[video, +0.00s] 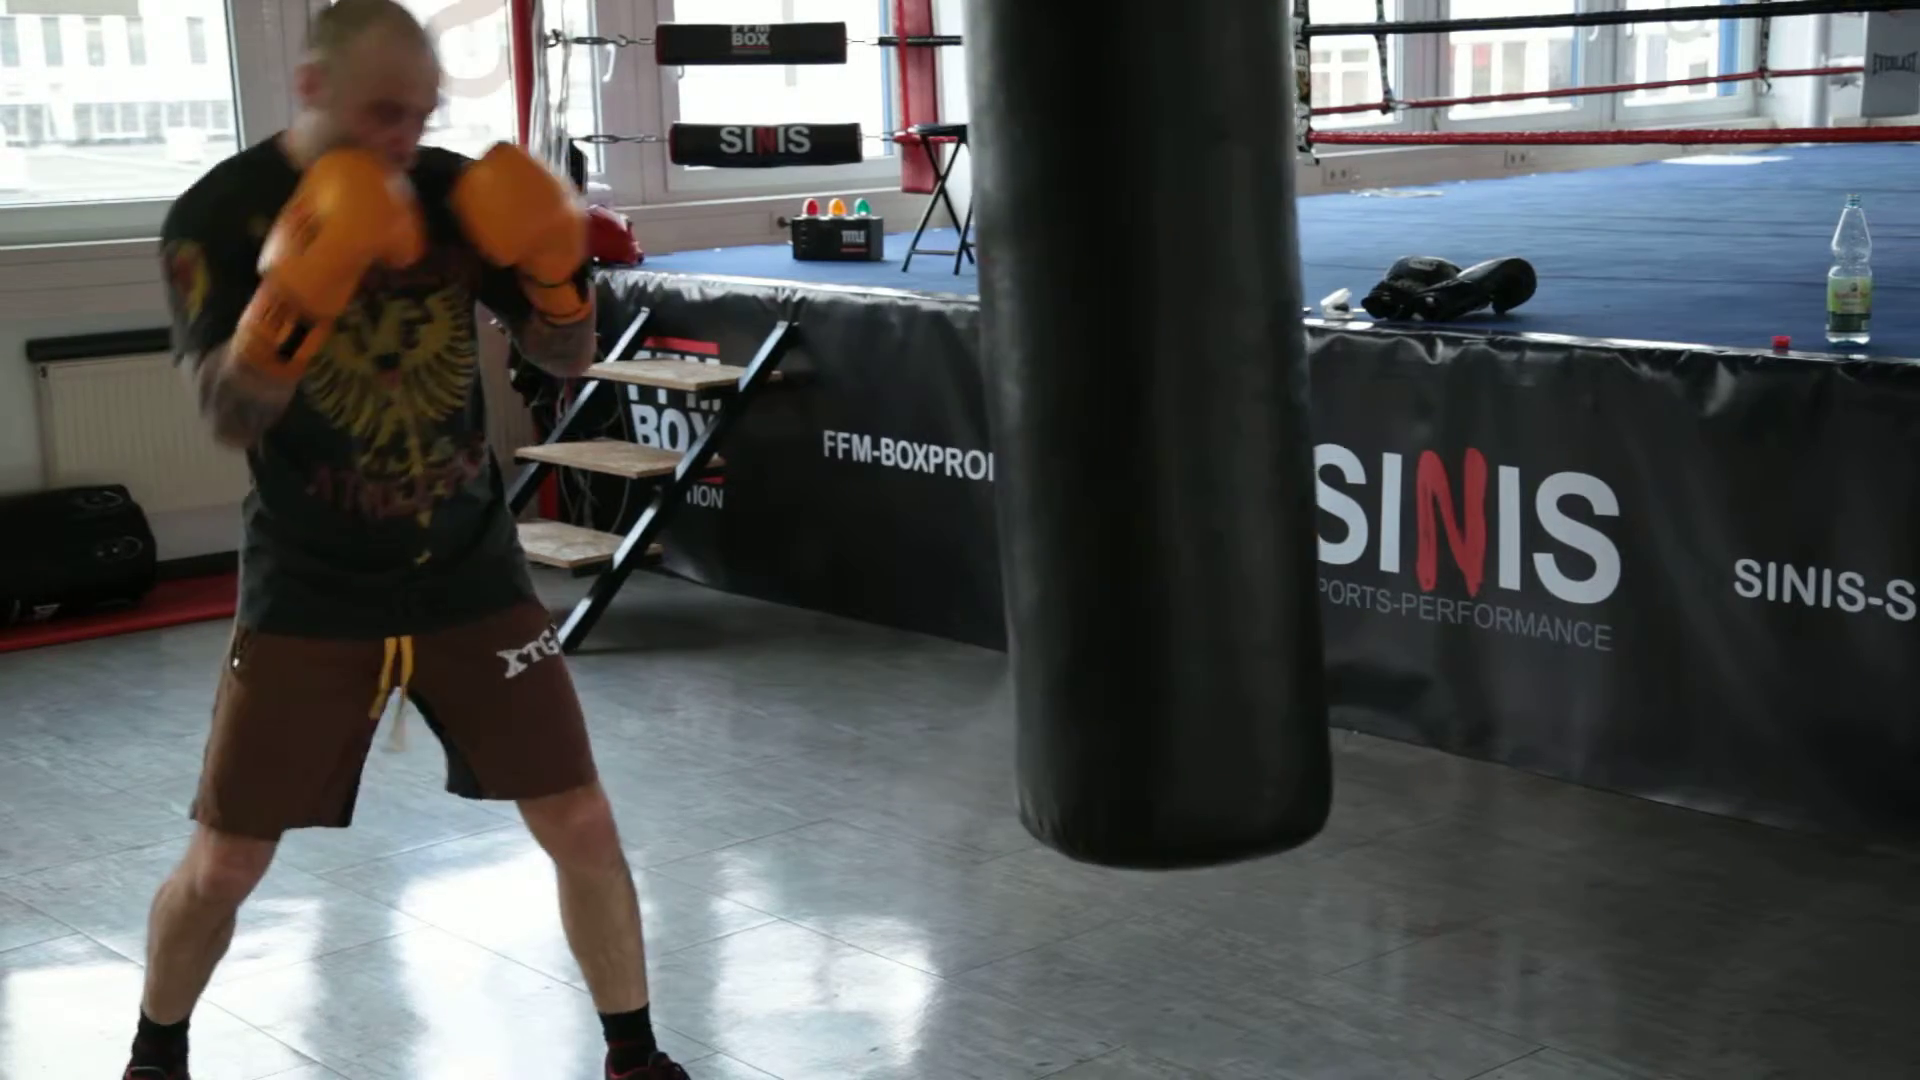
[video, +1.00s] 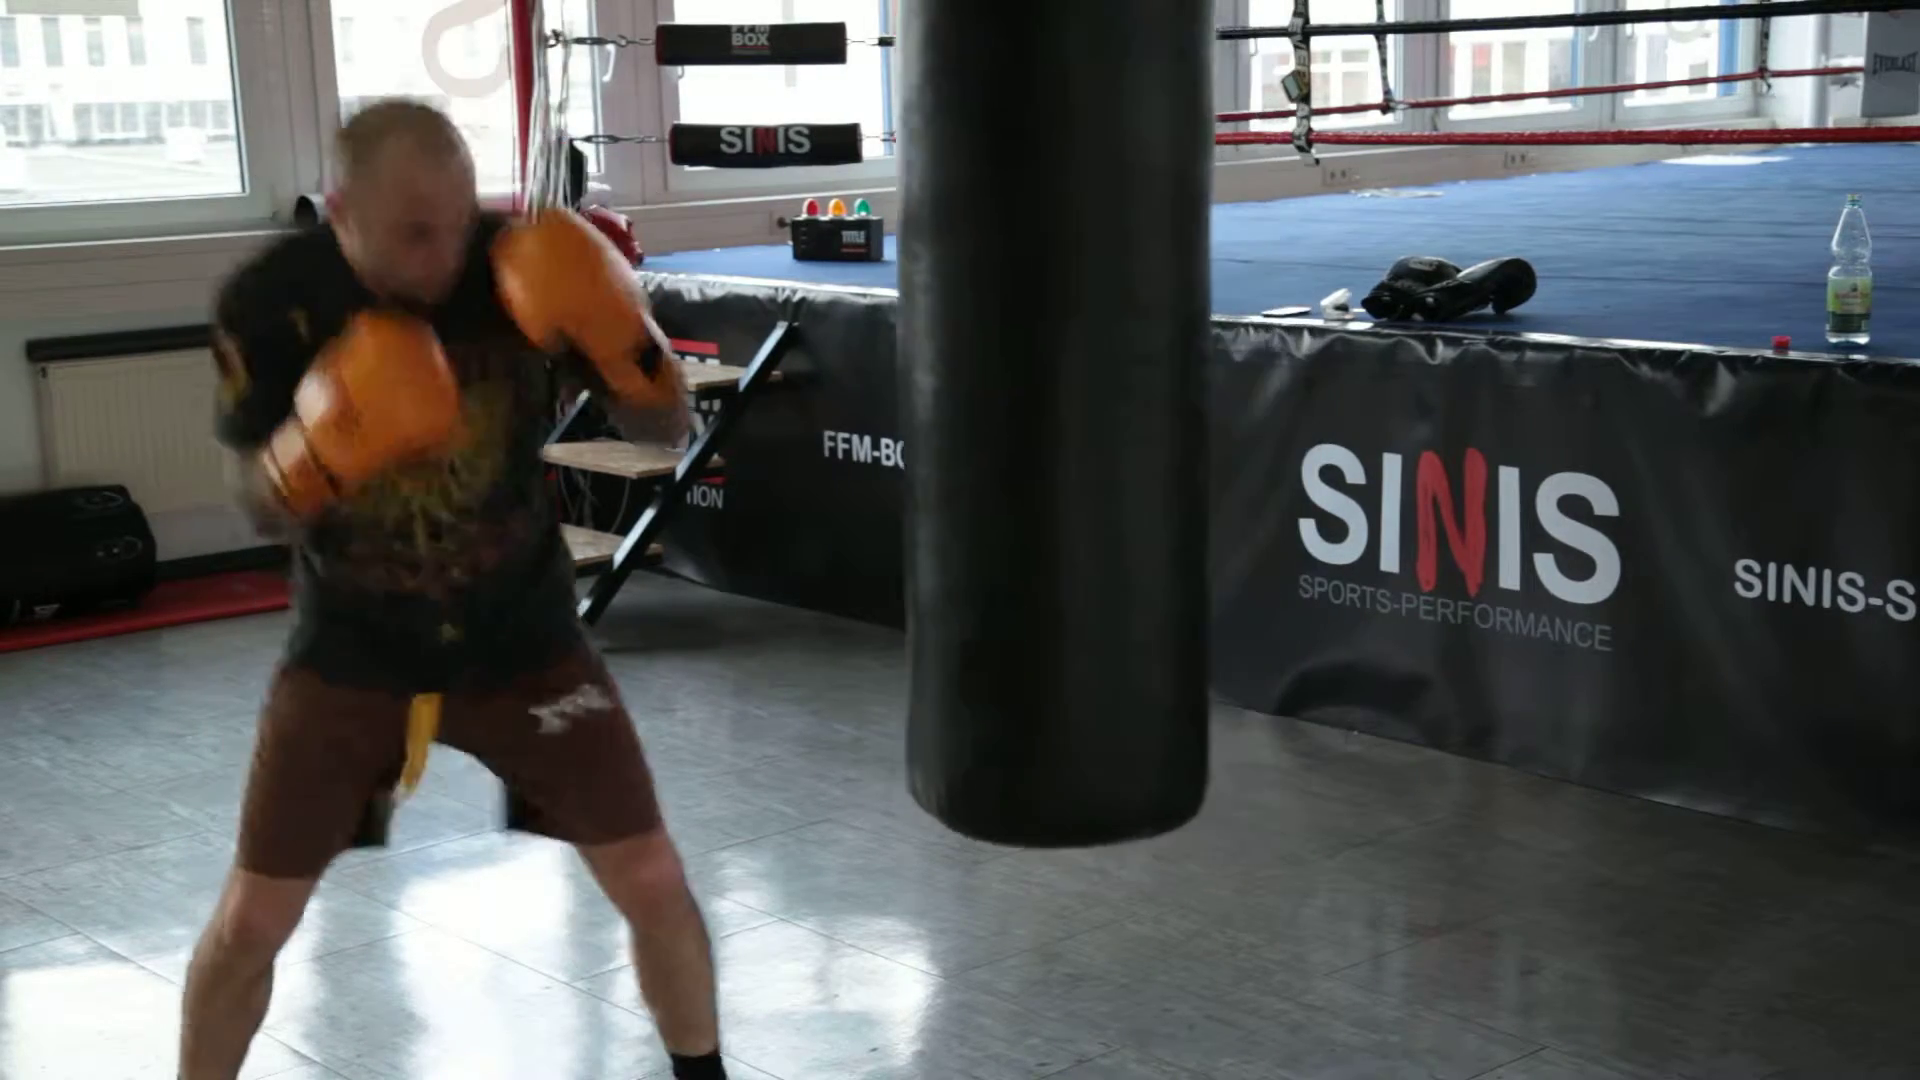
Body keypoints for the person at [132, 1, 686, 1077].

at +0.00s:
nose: (408, 139)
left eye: (423, 113)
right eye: (384, 112)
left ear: (439, 99)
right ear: (311, 88)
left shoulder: (457, 192)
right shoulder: (223, 216)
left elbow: (557, 372)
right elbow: (231, 418)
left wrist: (558, 279)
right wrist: (294, 294)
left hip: (469, 561)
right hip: (311, 574)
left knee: (583, 824)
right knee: (226, 865)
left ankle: (636, 1058)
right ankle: (156, 1058)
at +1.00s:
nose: (444, 256)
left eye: (460, 227)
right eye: (416, 234)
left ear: (479, 201)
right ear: (342, 213)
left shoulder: (523, 261)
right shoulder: (273, 301)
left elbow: (661, 428)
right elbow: (261, 498)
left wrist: (616, 328)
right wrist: (332, 437)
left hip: (525, 637)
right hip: (353, 646)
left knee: (654, 883)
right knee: (254, 921)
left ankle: (703, 1073)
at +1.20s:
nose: (630, 226)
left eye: (640, 198)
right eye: (607, 200)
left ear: (649, 178)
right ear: (534, 171)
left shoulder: (634, 272)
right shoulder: (414, 264)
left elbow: (681, 431)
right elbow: (329, 454)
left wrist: (704, 368)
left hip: (575, 607)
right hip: (424, 620)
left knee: (685, 848)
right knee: (324, 915)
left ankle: (711, 1074)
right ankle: (208, 1077)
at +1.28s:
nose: (681, 213)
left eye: (695, 189)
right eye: (660, 185)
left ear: (705, 175)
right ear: (580, 159)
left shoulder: (651, 257)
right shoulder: (489, 225)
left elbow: (701, 412)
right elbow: (466, 341)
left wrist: (749, 348)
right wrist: (659, 277)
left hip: (578, 589)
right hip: (441, 602)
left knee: (688, 839)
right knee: (334, 910)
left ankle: (710, 1075)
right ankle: (210, 1073)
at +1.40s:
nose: (707, 210)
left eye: (721, 185)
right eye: (689, 180)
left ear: (733, 162)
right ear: (611, 149)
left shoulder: (680, 259)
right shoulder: (506, 220)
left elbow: (705, 431)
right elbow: (530, 356)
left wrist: (755, 357)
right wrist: (723, 295)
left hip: (602, 593)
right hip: (462, 605)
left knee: (703, 851)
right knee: (368, 910)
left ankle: (711, 1075)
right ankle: (227, 1073)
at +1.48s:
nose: (717, 201)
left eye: (732, 176)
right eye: (700, 171)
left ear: (745, 165)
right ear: (622, 139)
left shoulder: (693, 254)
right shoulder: (498, 225)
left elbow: (738, 433)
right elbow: (441, 410)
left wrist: (752, 385)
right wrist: (593, 357)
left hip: (616, 598)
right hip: (472, 603)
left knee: (706, 864)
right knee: (397, 903)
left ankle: (713, 1076)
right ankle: (255, 1076)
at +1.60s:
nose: (696, 164)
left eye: (710, 138)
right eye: (675, 136)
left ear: (720, 126)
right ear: (599, 111)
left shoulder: (700, 232)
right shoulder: (471, 207)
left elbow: (740, 413)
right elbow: (401, 409)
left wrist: (778, 357)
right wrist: (529, 322)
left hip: (623, 594)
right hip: (466, 597)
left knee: (697, 864)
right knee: (377, 904)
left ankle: (714, 1076)